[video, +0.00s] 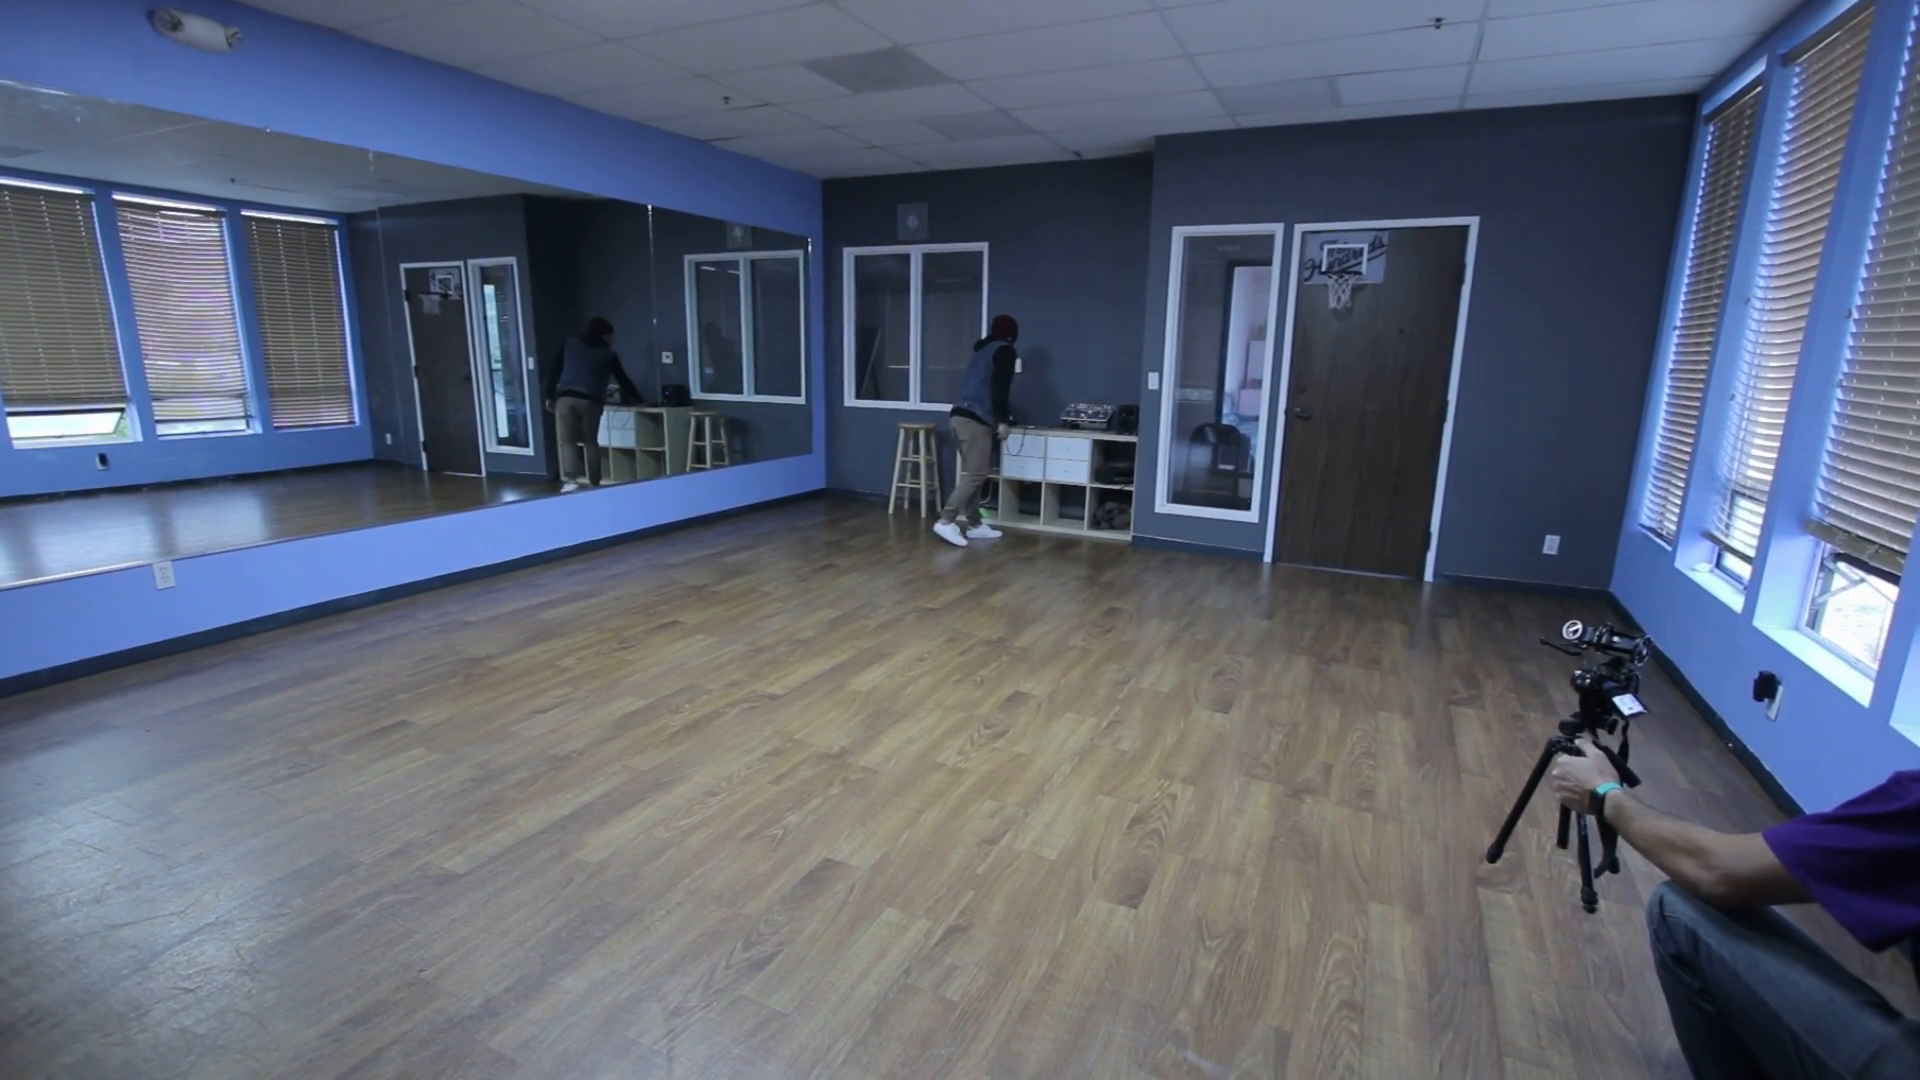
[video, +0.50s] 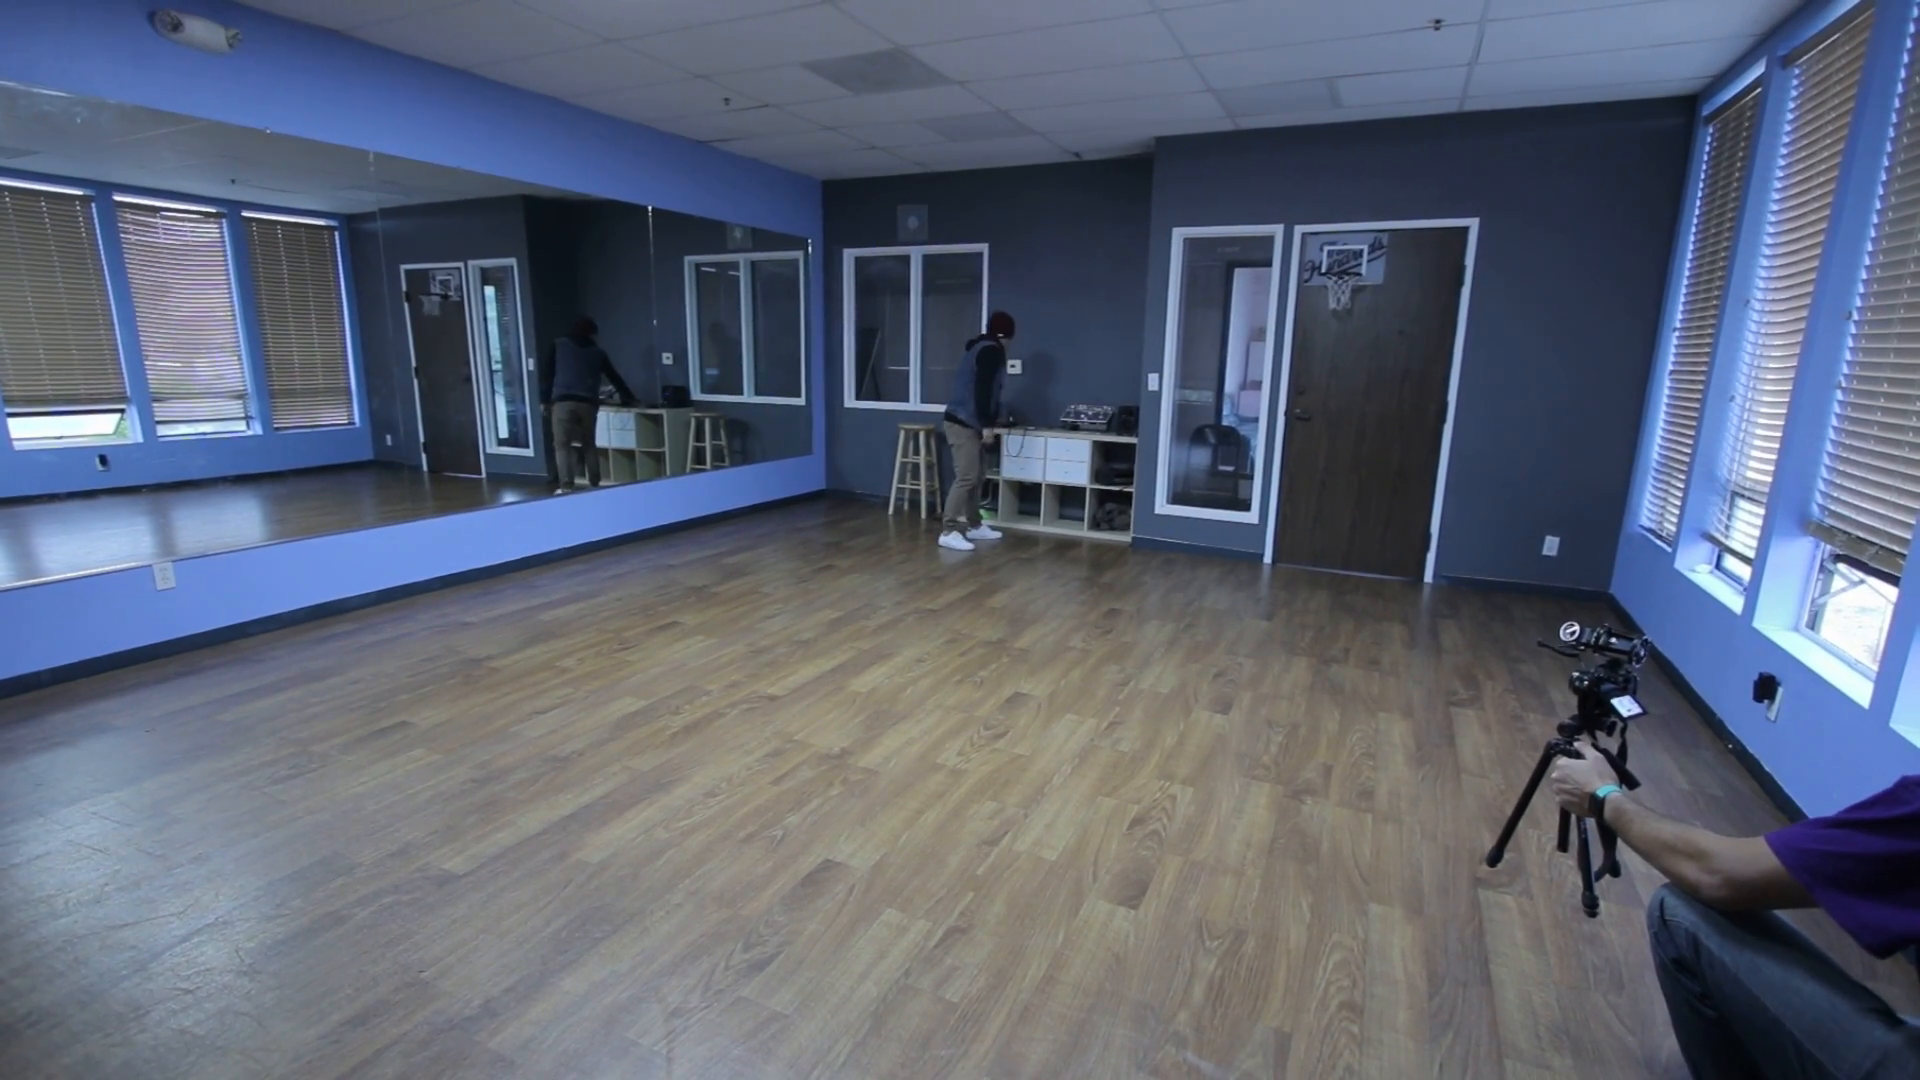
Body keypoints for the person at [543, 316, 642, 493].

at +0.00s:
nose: (611, 338)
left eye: (611, 335)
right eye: (610, 335)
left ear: (587, 330)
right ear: (606, 335)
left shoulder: (570, 344)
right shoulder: (608, 353)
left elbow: (555, 370)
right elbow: (623, 380)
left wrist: (550, 396)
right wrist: (638, 399)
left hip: (566, 399)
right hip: (590, 401)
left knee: (566, 441)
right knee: (590, 441)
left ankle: (569, 481)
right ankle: (594, 482)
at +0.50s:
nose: (594, 336)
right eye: (593, 333)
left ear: (573, 329)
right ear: (593, 333)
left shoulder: (558, 345)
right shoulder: (597, 352)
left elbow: (547, 373)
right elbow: (614, 378)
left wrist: (544, 400)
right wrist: (628, 399)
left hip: (563, 401)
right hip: (588, 402)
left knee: (562, 444)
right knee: (589, 444)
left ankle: (566, 485)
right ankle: (594, 484)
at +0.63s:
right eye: (585, 329)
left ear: (565, 327)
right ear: (585, 329)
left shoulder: (553, 344)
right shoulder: (591, 349)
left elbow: (543, 373)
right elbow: (605, 379)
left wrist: (542, 400)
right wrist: (619, 399)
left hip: (560, 400)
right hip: (586, 401)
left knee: (559, 444)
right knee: (587, 442)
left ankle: (566, 484)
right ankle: (594, 481)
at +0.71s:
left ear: (557, 328)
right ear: (579, 329)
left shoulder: (547, 346)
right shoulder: (585, 348)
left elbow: (540, 375)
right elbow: (598, 379)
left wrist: (539, 402)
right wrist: (606, 404)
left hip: (558, 402)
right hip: (583, 401)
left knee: (556, 447)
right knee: (587, 444)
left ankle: (566, 485)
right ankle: (595, 483)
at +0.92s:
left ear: (542, 328)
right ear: (563, 327)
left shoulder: (537, 347)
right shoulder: (572, 345)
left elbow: (532, 377)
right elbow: (581, 374)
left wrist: (529, 404)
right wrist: (580, 396)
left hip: (553, 404)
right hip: (578, 402)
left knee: (551, 449)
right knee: (584, 445)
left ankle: (566, 486)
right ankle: (595, 483)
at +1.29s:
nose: (525, 332)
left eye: (526, 329)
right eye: (525, 328)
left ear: (529, 329)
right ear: (545, 325)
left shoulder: (530, 350)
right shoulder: (558, 343)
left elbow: (529, 382)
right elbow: (567, 375)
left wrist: (528, 410)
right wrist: (571, 398)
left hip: (547, 406)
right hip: (568, 403)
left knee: (549, 451)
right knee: (569, 448)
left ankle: (565, 488)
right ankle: (578, 484)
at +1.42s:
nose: (521, 328)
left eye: (522, 323)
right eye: (521, 324)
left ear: (529, 323)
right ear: (541, 321)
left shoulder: (532, 344)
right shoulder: (554, 337)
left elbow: (531, 377)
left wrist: (528, 406)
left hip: (547, 402)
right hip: (563, 397)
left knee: (553, 446)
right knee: (556, 445)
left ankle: (563, 484)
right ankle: (560, 480)